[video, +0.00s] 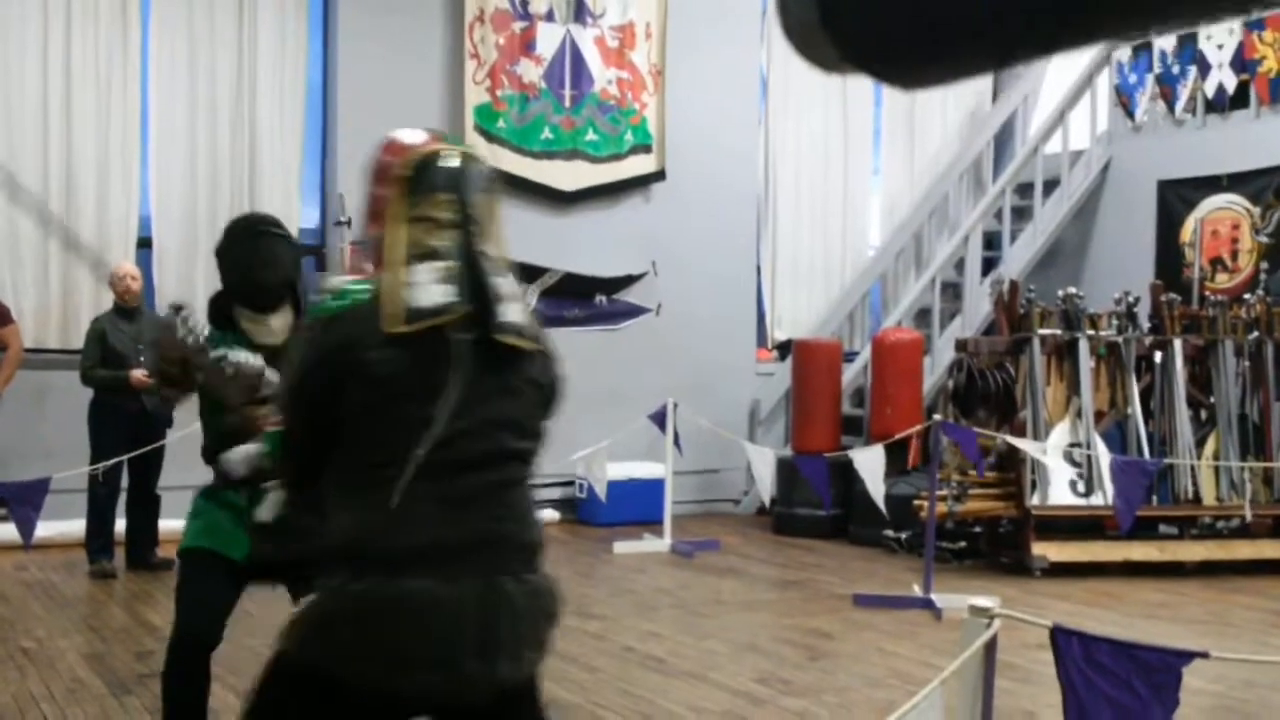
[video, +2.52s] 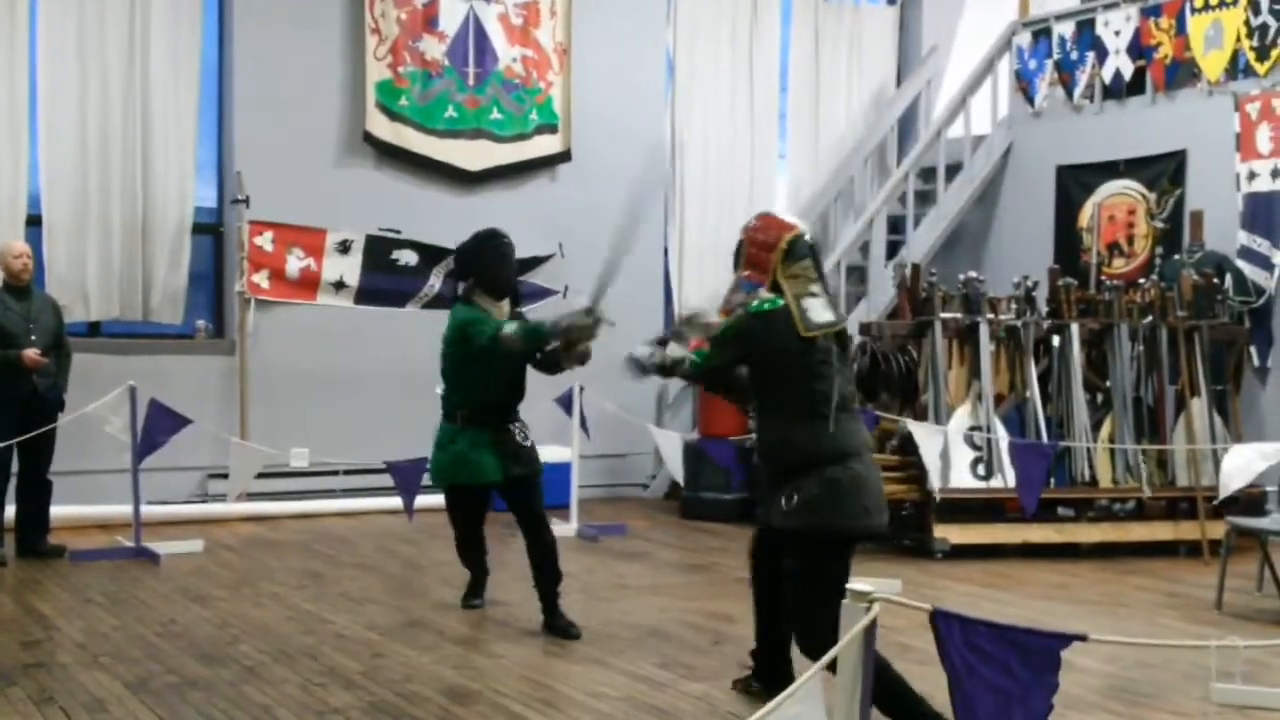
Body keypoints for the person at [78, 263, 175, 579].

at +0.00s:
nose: (128, 284)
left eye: (133, 278)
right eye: (121, 278)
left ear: (143, 283)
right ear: (112, 286)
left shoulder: (160, 325)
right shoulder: (101, 326)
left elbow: (176, 366)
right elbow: (88, 374)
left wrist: (165, 399)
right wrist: (126, 377)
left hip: (151, 416)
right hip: (110, 416)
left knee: (145, 488)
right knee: (104, 487)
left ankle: (142, 553)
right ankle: (100, 556)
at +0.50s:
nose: (111, 274)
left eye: (116, 268)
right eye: (105, 269)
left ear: (124, 273)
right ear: (93, 275)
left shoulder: (135, 315)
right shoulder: (82, 317)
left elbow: (147, 352)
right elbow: (69, 364)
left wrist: (133, 370)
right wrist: (108, 368)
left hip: (129, 406)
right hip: (91, 406)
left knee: (126, 478)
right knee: (87, 478)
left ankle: (123, 549)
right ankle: (83, 548)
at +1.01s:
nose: (100, 269)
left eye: (105, 264)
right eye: (94, 263)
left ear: (111, 269)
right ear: (81, 270)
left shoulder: (125, 311)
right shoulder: (69, 311)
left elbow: (137, 359)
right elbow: (54, 360)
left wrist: (130, 396)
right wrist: (93, 361)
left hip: (117, 404)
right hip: (77, 404)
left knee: (111, 477)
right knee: (70, 475)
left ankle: (108, 542)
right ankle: (66, 546)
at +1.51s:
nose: (35, 264)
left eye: (40, 258)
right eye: (28, 258)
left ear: (46, 265)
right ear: (14, 266)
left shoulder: (61, 307)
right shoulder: (6, 306)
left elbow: (75, 352)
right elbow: (2, 354)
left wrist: (70, 389)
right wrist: (29, 359)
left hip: (53, 404)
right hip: (13, 405)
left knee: (49, 478)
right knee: (10, 477)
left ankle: (46, 542)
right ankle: (6, 544)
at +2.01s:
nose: (33, 263)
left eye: (37, 257)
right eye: (25, 257)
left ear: (43, 264)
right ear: (11, 265)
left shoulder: (58, 306)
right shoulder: (4, 305)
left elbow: (73, 352)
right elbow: (1, 352)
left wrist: (67, 391)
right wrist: (25, 357)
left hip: (50, 404)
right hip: (10, 404)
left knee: (45, 478)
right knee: (6, 477)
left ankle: (42, 542)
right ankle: (4, 544)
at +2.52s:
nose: (25, 262)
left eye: (29, 256)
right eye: (18, 256)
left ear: (34, 263)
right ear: (3, 264)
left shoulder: (47, 304)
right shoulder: (2, 302)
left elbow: (62, 350)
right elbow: (1, 351)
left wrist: (58, 391)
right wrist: (18, 356)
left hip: (40, 402)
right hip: (5, 402)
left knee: (36, 475)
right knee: (2, 475)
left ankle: (32, 541)